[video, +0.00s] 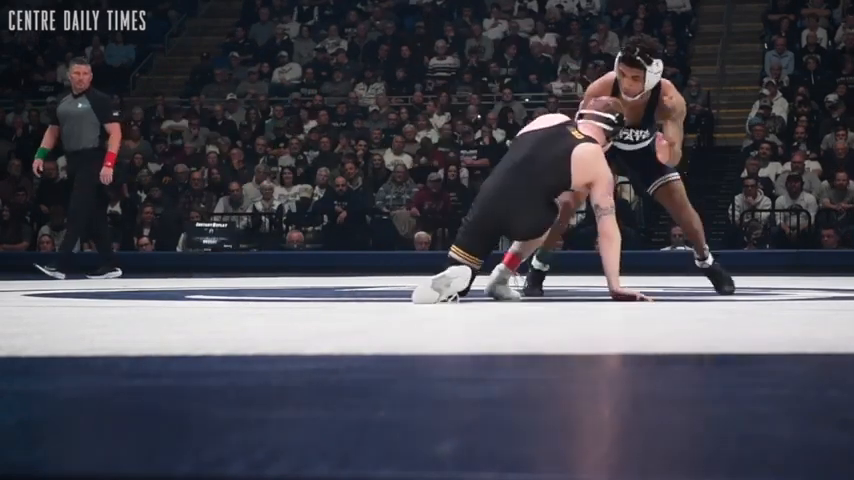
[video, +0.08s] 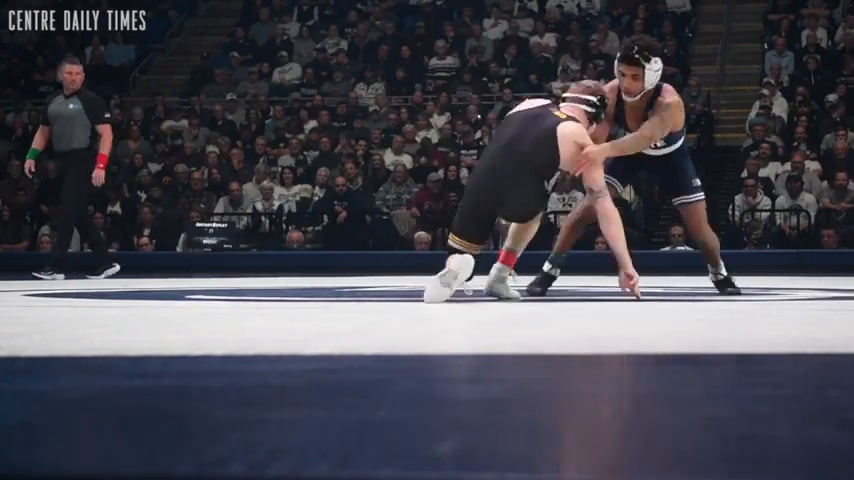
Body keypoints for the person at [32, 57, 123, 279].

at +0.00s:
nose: (81, 78)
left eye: (85, 74)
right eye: (77, 74)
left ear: (91, 76)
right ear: (69, 76)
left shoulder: (99, 100)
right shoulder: (62, 103)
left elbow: (115, 132)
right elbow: (52, 131)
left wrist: (109, 164)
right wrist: (40, 155)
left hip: (94, 160)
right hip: (74, 162)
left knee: (78, 209)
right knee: (93, 212)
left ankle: (60, 264)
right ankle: (109, 263)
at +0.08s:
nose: (74, 78)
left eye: (78, 74)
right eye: (69, 73)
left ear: (83, 76)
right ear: (60, 76)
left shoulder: (91, 101)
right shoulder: (53, 102)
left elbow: (106, 134)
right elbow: (43, 132)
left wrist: (101, 166)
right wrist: (31, 156)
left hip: (82, 161)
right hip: (63, 161)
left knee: (68, 209)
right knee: (79, 213)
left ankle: (56, 266)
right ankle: (106, 261)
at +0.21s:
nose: (60, 76)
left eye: (65, 71)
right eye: (56, 71)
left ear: (70, 75)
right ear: (48, 73)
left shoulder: (77, 99)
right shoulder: (38, 99)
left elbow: (90, 133)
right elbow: (29, 129)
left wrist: (83, 165)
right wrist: (19, 155)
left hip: (67, 159)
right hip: (44, 159)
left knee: (57, 210)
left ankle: (55, 267)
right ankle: (86, 248)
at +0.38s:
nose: (44, 73)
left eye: (49, 68)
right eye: (40, 68)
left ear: (54, 71)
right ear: (31, 70)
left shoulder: (61, 95)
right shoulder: (23, 95)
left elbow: (72, 129)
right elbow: (13, 126)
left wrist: (58, 158)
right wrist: (4, 154)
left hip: (51, 158)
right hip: (27, 158)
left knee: (52, 207)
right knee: (24, 209)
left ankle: (56, 263)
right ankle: (39, 259)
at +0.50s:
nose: (32, 72)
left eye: (36, 68)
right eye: (27, 68)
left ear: (42, 70)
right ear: (19, 70)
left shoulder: (49, 94)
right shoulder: (9, 96)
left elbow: (61, 128)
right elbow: (3, 128)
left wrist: (42, 154)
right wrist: (3, 150)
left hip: (42, 156)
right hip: (14, 157)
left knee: (47, 207)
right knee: (9, 207)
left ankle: (54, 265)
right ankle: (7, 264)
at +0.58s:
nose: (22, 73)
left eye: (26, 68)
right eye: (18, 68)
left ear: (32, 71)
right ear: (9, 70)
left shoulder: (41, 94)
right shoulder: (3, 95)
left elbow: (52, 128)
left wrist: (33, 154)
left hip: (31, 157)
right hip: (6, 159)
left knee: (42, 206)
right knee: (7, 208)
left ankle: (52, 263)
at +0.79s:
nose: (0, 69)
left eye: (1, 65)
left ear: (5, 67)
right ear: (1, 68)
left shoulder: (10, 91)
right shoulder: (10, 92)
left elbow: (27, 125)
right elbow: (26, 125)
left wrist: (16, 158)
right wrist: (16, 157)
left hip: (8, 156)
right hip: (6, 156)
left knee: (19, 208)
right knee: (18, 209)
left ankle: (43, 257)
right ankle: (43, 256)